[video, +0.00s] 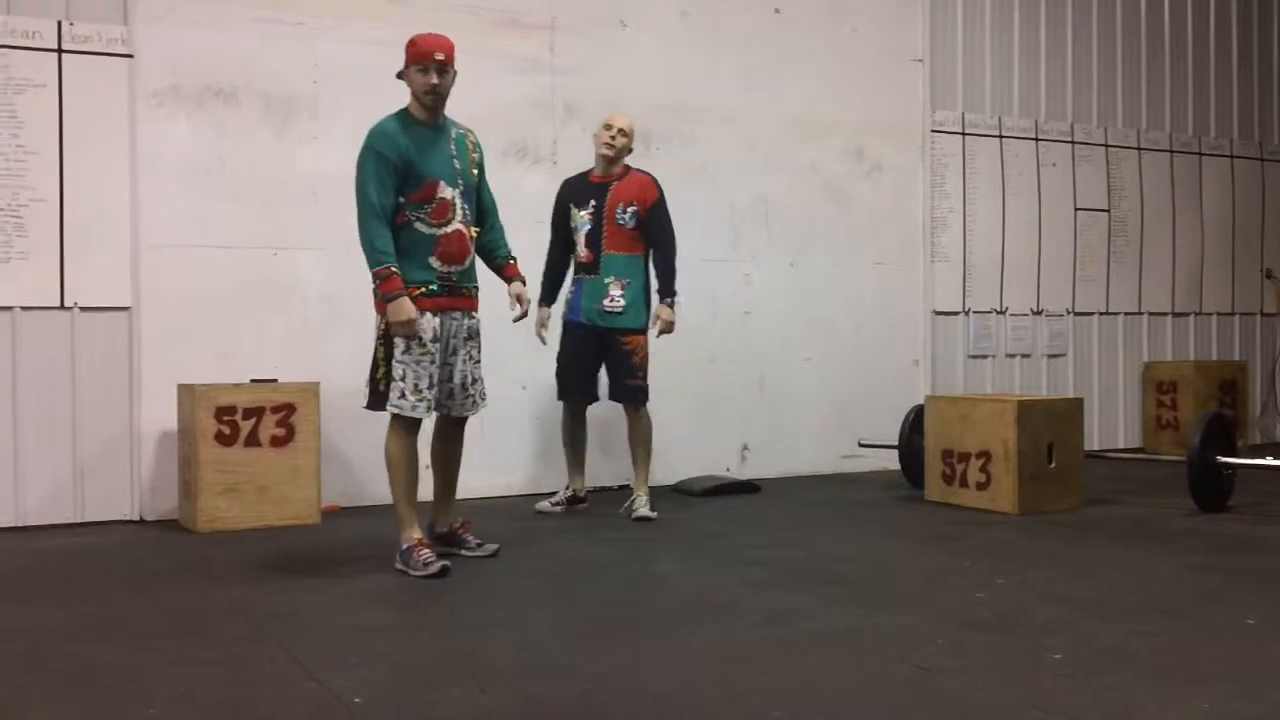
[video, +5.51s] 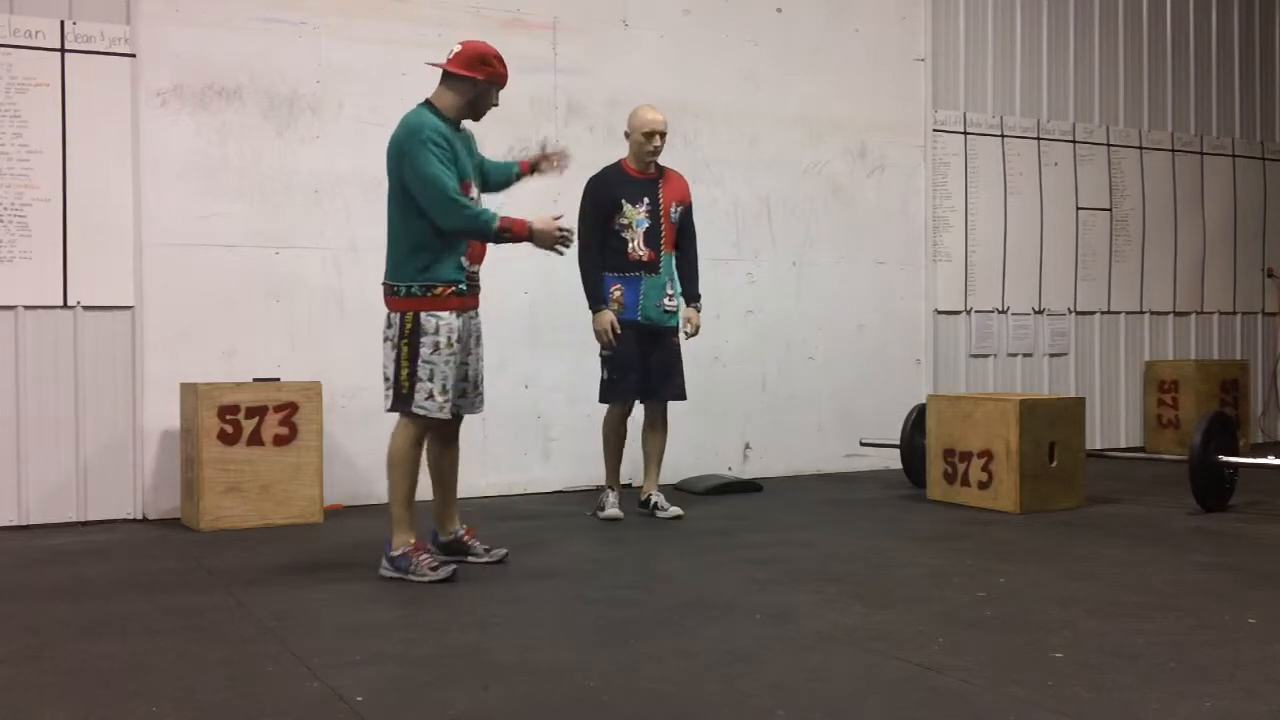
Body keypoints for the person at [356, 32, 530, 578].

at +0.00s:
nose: (435, 77)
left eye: (443, 69)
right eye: (424, 68)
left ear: (454, 75)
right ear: (406, 75)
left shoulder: (466, 142)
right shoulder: (386, 139)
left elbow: (485, 218)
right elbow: (373, 222)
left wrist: (512, 274)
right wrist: (392, 294)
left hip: (461, 302)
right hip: (412, 302)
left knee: (454, 413)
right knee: (406, 416)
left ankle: (443, 524)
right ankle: (410, 537)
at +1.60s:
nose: (491, 80)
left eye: (499, 75)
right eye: (482, 71)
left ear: (506, 85)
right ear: (459, 77)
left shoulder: (501, 150)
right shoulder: (431, 130)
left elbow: (512, 228)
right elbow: (407, 190)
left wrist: (537, 293)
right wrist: (401, 240)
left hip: (489, 302)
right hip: (441, 298)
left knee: (473, 414)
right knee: (430, 413)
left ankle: (467, 526)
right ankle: (415, 536)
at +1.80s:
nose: (500, 86)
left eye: (507, 80)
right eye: (491, 76)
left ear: (512, 89)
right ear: (468, 79)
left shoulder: (506, 151)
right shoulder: (440, 129)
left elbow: (516, 228)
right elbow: (413, 182)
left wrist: (543, 293)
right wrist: (406, 186)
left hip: (494, 300)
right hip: (448, 296)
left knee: (477, 416)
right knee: (439, 412)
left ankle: (468, 527)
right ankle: (417, 536)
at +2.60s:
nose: (488, 78)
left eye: (496, 70)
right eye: (477, 68)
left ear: (502, 78)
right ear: (455, 73)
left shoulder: (502, 145)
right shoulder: (432, 131)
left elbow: (517, 224)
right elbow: (412, 194)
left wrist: (547, 287)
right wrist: (421, 241)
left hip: (495, 301)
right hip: (448, 297)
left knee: (480, 415)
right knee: (442, 415)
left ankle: (470, 529)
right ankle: (436, 544)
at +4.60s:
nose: (505, 105)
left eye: (508, 96)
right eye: (504, 93)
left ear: (479, 83)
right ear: (481, 83)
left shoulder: (478, 144)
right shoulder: (431, 128)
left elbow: (484, 225)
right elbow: (431, 201)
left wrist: (522, 282)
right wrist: (464, 228)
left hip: (472, 298)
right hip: (440, 297)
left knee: (457, 416)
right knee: (440, 417)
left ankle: (450, 531)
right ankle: (434, 546)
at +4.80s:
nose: (506, 115)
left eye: (509, 104)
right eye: (506, 102)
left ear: (476, 86)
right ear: (487, 89)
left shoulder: (462, 139)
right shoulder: (437, 132)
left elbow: (472, 225)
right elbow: (465, 198)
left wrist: (525, 250)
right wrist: (531, 199)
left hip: (464, 294)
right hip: (444, 296)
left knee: (463, 412)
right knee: (454, 413)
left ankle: (449, 530)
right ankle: (437, 543)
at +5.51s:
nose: (495, 105)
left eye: (497, 95)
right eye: (494, 94)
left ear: (463, 83)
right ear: (472, 86)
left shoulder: (454, 132)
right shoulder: (418, 134)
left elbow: (483, 175)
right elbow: (451, 212)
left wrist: (530, 165)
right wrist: (525, 230)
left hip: (457, 296)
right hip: (422, 298)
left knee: (447, 419)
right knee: (415, 419)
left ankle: (448, 532)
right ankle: (402, 546)